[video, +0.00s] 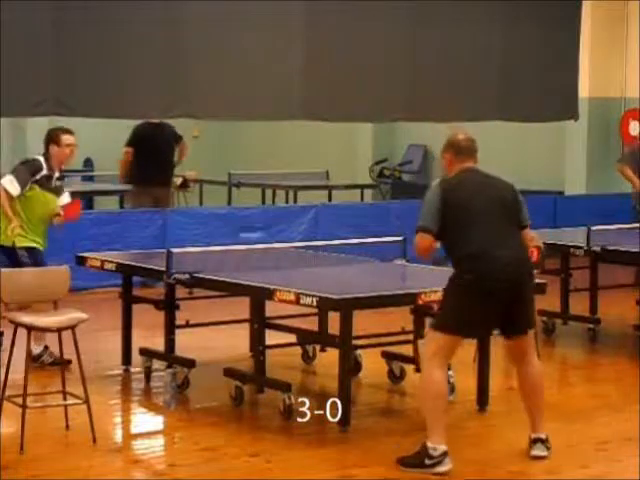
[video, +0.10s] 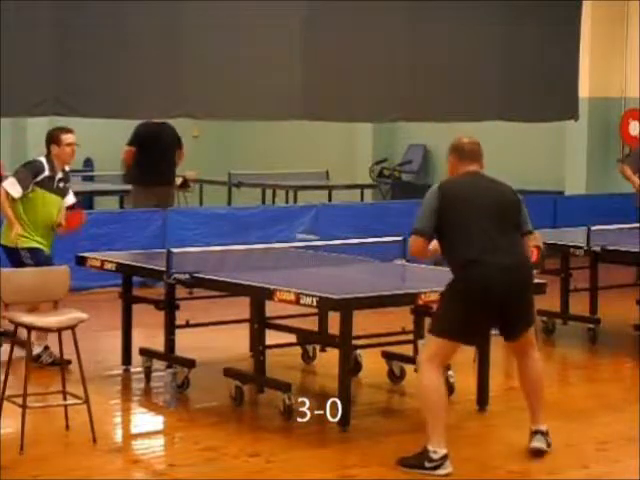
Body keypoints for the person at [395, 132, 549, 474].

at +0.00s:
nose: (441, 166)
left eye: (441, 161)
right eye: (442, 161)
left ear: (448, 158)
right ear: (476, 157)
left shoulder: (442, 189)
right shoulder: (506, 188)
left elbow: (423, 247)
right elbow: (529, 240)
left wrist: (443, 232)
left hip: (473, 282)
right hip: (518, 281)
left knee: (433, 358)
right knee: (526, 357)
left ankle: (435, 448)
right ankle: (539, 438)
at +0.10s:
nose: (449, 170)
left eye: (448, 165)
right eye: (451, 166)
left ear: (451, 163)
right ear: (482, 163)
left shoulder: (442, 191)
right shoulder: (507, 191)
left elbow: (417, 249)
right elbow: (532, 246)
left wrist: (436, 248)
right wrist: (503, 246)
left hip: (472, 282)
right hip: (516, 280)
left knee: (431, 362)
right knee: (527, 350)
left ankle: (435, 451)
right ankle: (539, 430)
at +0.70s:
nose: (516, 168)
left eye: (516, 164)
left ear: (517, 163)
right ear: (547, 162)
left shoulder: (514, 186)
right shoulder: (561, 193)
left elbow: (491, 220)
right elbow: (560, 237)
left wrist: (475, 258)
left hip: (529, 280)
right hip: (567, 279)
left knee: (492, 360)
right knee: (564, 345)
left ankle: (471, 438)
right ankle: (563, 421)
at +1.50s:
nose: (478, 187)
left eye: (478, 182)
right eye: (481, 182)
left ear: (482, 181)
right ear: (512, 181)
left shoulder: (482, 214)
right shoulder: (539, 212)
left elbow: (467, 265)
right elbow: (572, 264)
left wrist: (445, 292)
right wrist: (557, 293)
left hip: (511, 309)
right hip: (556, 304)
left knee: (458, 373)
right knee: (560, 361)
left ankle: (468, 461)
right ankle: (587, 437)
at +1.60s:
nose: (477, 178)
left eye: (477, 173)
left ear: (481, 173)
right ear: (511, 173)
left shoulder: (471, 207)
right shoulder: (536, 204)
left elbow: (456, 260)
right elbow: (567, 258)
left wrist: (446, 293)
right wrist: (577, 280)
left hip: (499, 308)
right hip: (547, 304)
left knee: (447, 377)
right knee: (558, 362)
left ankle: (466, 458)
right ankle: (587, 437)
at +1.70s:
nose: (503, 167)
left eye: (473, 166)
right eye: (504, 161)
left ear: (472, 166)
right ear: (504, 162)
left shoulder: (458, 202)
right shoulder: (529, 196)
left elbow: (439, 257)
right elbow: (558, 258)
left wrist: (447, 290)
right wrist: (529, 262)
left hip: (487, 305)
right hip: (534, 303)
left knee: (444, 378)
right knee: (558, 371)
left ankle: (462, 459)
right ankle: (588, 439)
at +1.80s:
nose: (489, 153)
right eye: (488, 147)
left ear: (455, 155)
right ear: (487, 148)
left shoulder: (449, 193)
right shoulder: (514, 179)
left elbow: (432, 250)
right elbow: (537, 233)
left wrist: (436, 271)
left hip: (482, 297)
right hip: (529, 292)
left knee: (449, 377)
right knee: (553, 369)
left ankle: (460, 460)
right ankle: (580, 445)